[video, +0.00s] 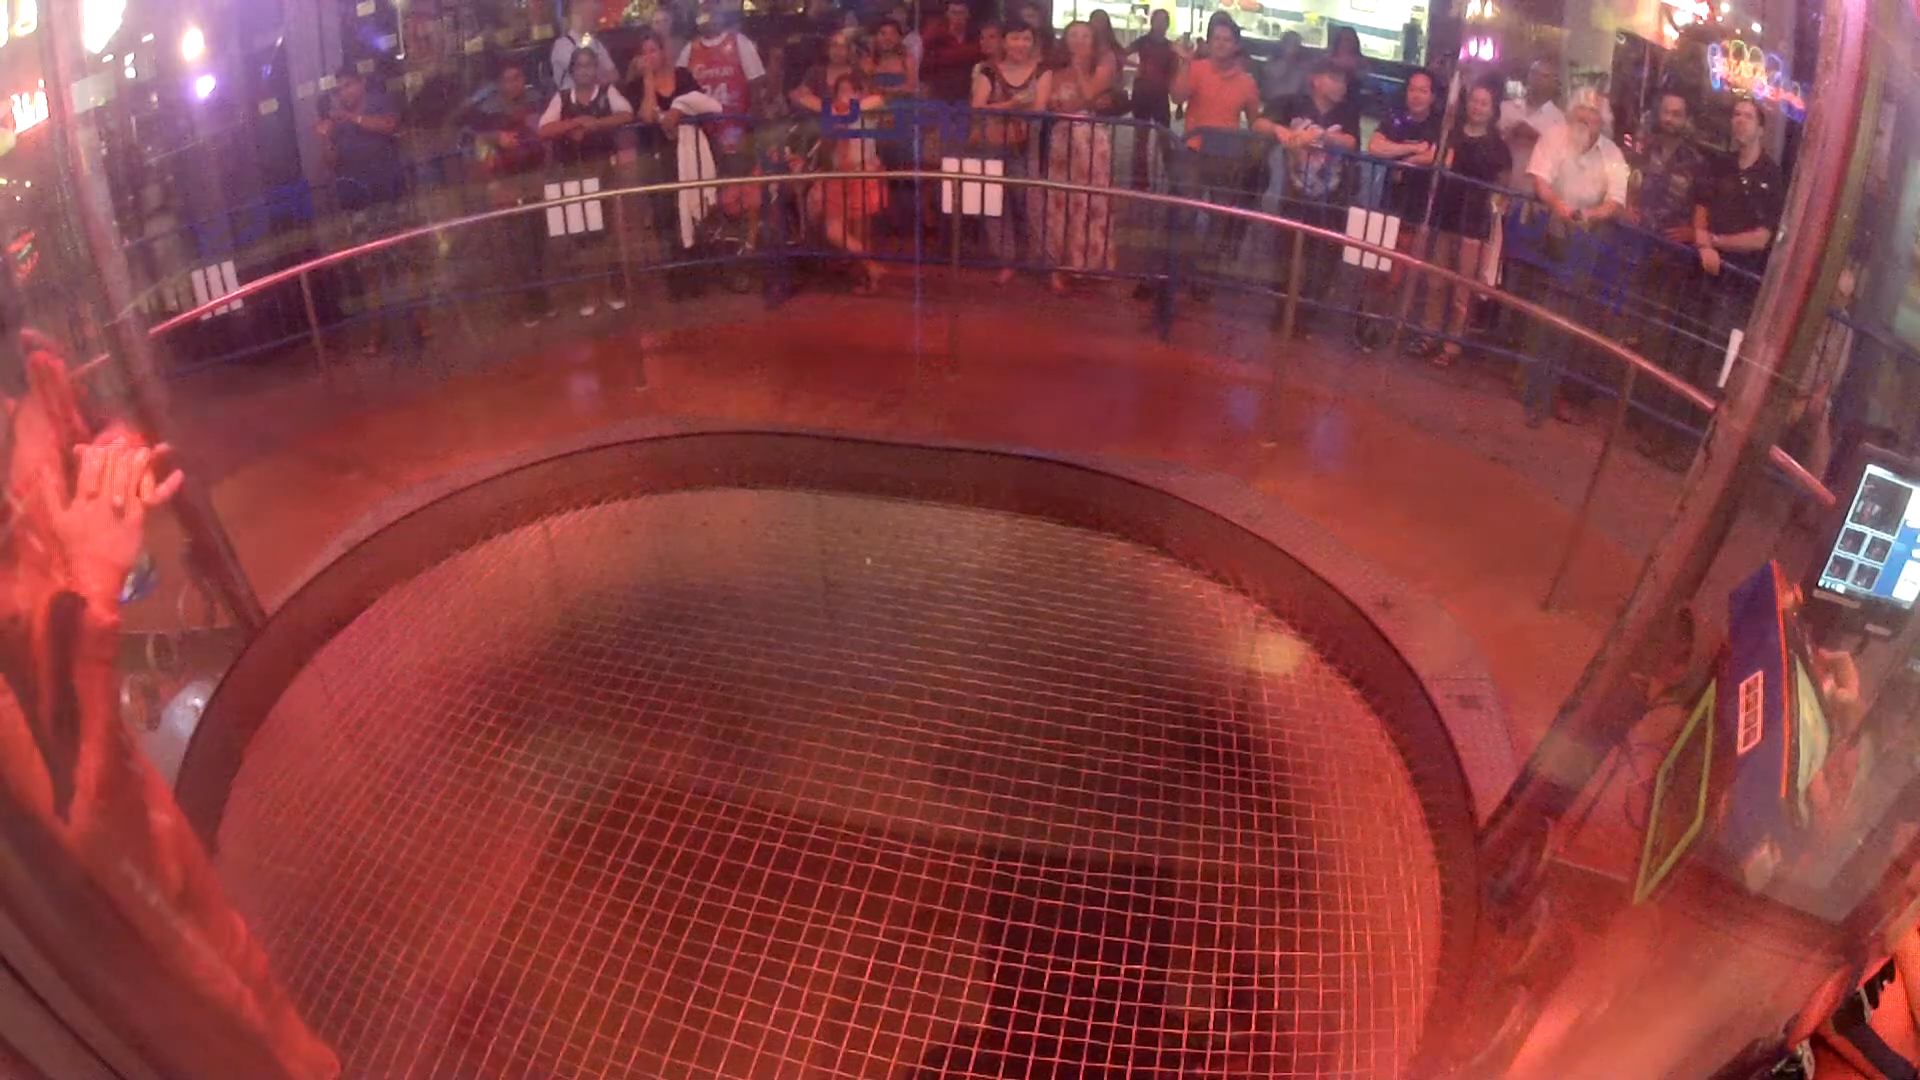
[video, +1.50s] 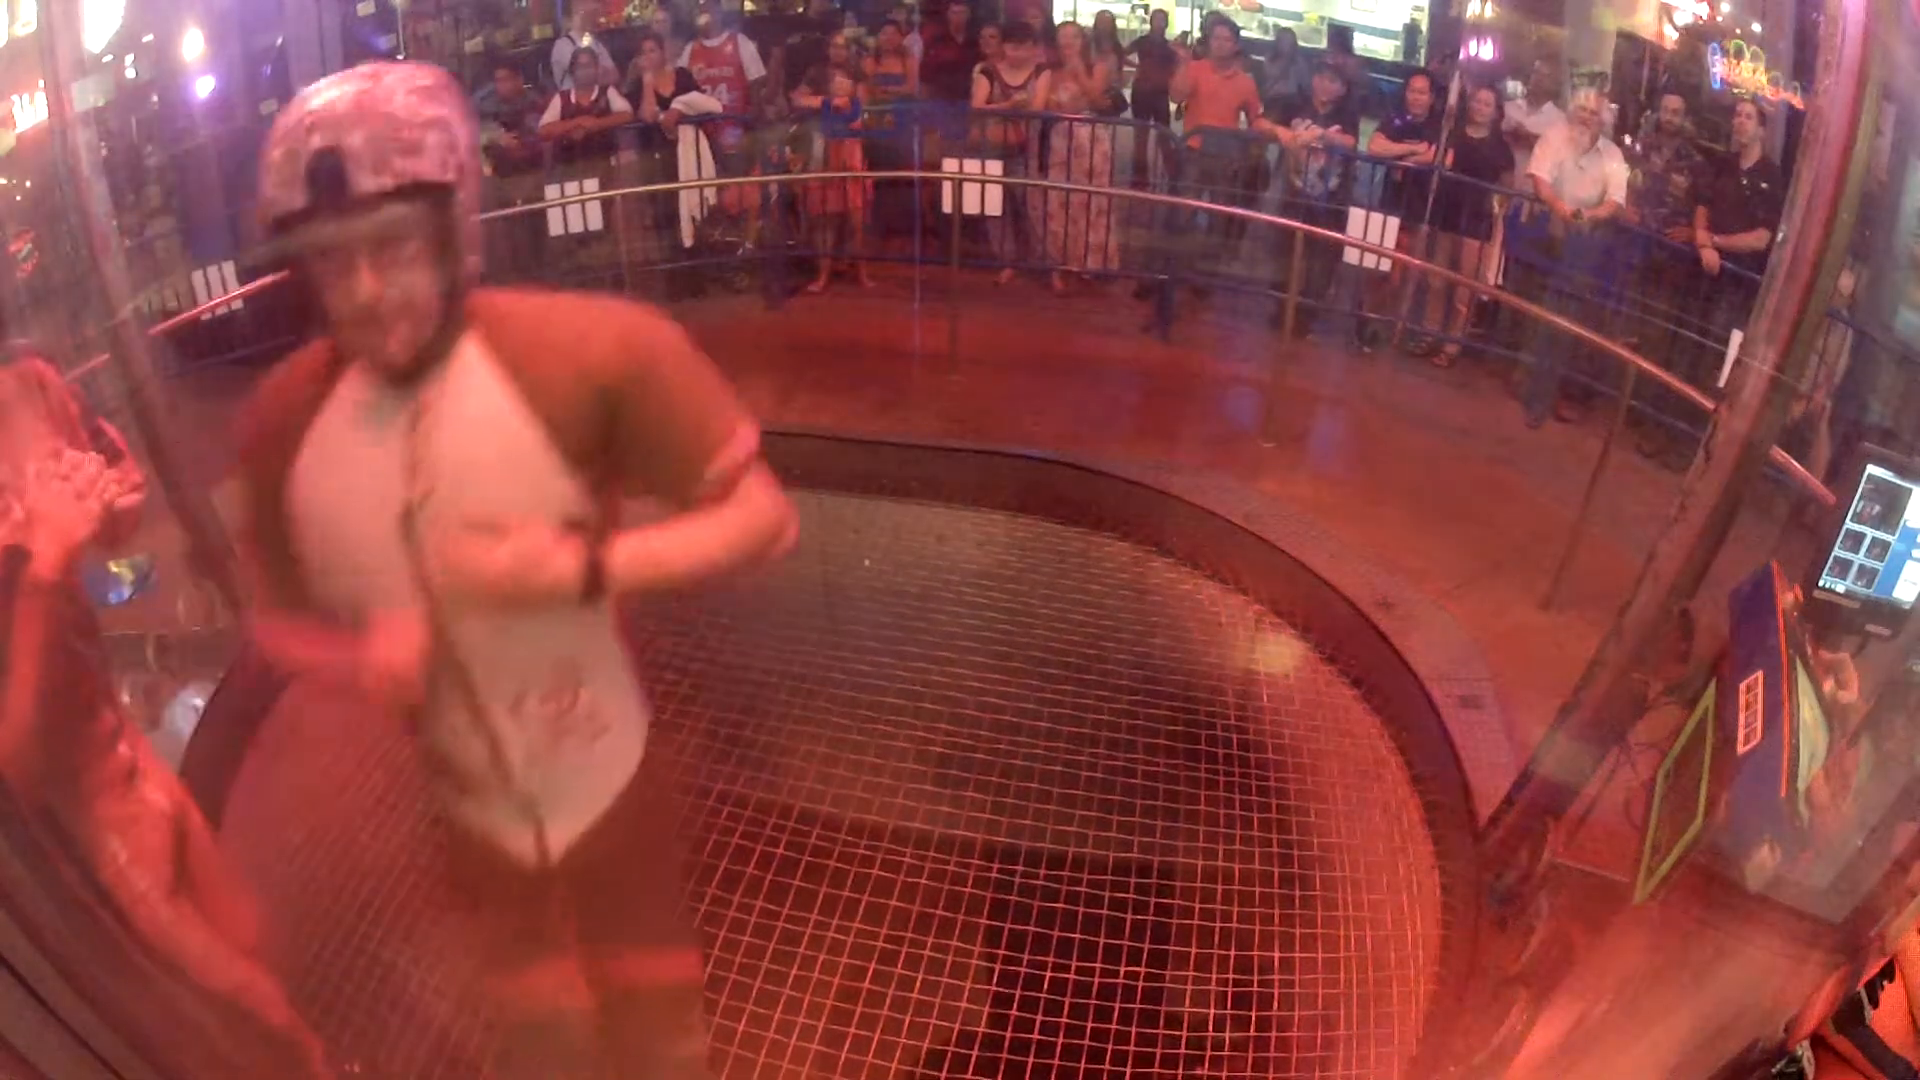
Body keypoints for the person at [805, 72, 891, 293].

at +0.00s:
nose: (843, 96)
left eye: (848, 91)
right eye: (840, 91)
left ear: (858, 92)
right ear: (834, 93)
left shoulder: (863, 108)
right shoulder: (830, 109)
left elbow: (879, 100)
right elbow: (797, 95)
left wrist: (853, 107)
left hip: (864, 175)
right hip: (839, 175)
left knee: (860, 230)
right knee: (834, 230)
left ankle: (865, 275)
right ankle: (871, 266)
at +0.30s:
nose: (844, 92)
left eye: (849, 87)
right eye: (840, 87)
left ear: (858, 89)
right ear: (834, 90)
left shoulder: (865, 106)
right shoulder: (831, 107)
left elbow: (882, 100)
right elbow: (798, 97)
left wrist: (855, 105)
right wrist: (827, 106)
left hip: (863, 171)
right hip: (834, 170)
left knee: (861, 224)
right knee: (817, 212)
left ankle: (863, 275)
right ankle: (851, 250)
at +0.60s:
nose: (835, 51)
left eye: (841, 47)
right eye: (832, 46)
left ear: (851, 51)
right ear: (827, 49)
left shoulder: (860, 78)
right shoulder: (819, 74)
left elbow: (880, 103)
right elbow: (798, 95)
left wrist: (856, 98)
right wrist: (829, 107)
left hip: (856, 156)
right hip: (828, 156)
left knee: (859, 220)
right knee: (828, 220)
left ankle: (862, 275)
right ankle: (823, 274)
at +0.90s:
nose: (837, 51)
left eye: (841, 47)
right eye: (833, 46)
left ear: (850, 50)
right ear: (827, 48)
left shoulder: (855, 76)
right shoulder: (817, 72)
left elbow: (860, 109)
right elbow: (797, 96)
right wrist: (829, 105)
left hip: (849, 146)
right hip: (823, 146)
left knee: (851, 213)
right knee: (822, 212)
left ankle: (861, 274)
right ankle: (822, 273)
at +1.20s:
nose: (830, 85)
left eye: (835, 80)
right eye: (825, 80)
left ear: (844, 84)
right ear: (818, 84)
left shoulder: (851, 105)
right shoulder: (818, 105)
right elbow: (797, 98)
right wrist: (828, 103)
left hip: (847, 174)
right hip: (819, 174)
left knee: (851, 227)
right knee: (820, 226)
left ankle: (859, 275)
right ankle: (822, 274)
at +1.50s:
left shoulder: (857, 96)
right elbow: (798, 99)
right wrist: (828, 101)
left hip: (851, 154)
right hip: (825, 152)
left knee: (855, 216)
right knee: (822, 216)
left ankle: (861, 271)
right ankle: (823, 272)